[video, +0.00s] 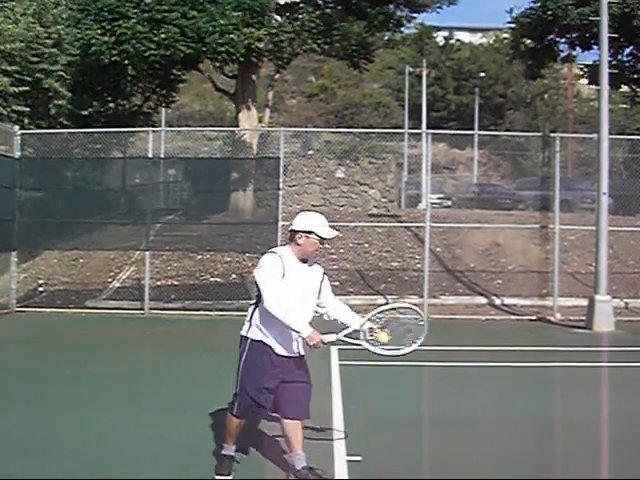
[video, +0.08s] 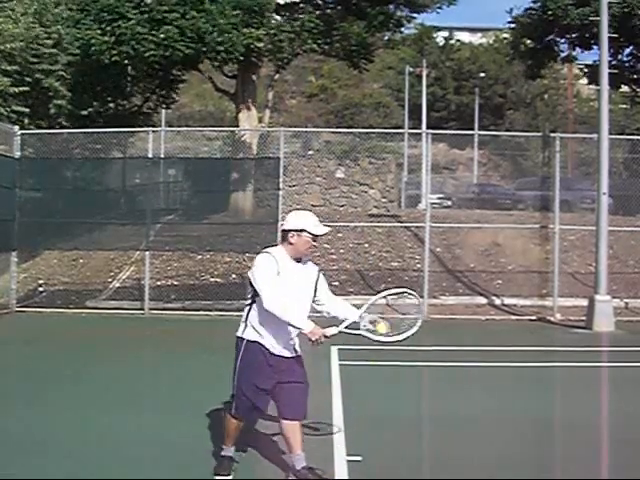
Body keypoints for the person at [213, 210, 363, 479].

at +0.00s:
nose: (321, 245)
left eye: (322, 240)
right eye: (318, 239)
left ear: (306, 240)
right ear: (299, 237)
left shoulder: (316, 273)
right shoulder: (272, 260)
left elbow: (329, 306)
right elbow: (271, 301)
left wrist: (363, 325)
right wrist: (305, 330)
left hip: (292, 348)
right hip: (261, 343)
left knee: (293, 407)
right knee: (245, 403)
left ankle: (299, 466)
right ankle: (227, 453)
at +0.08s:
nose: (315, 243)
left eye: (316, 238)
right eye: (311, 238)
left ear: (301, 239)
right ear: (292, 236)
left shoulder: (311, 272)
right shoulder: (266, 260)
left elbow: (327, 303)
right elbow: (270, 300)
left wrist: (363, 319)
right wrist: (306, 326)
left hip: (288, 347)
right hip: (256, 342)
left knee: (292, 405)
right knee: (243, 404)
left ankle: (299, 465)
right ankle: (227, 454)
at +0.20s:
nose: (304, 241)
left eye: (304, 236)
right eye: (299, 236)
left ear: (288, 237)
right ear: (279, 236)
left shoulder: (301, 270)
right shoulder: (255, 261)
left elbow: (320, 301)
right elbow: (262, 301)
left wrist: (356, 318)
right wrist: (299, 325)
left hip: (281, 348)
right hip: (248, 343)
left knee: (288, 405)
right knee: (237, 405)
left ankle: (299, 465)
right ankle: (225, 457)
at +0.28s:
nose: (297, 240)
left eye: (298, 235)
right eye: (292, 234)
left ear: (282, 237)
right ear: (272, 235)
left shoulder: (295, 271)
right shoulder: (248, 260)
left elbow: (315, 303)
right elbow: (253, 302)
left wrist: (344, 324)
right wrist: (287, 328)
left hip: (275, 349)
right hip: (242, 343)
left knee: (285, 406)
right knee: (234, 404)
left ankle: (299, 466)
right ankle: (225, 457)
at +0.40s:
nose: (289, 238)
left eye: (291, 232)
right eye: (283, 231)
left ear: (291, 236)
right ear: (264, 232)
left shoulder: (291, 272)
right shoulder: (240, 258)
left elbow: (304, 311)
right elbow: (235, 301)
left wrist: (323, 346)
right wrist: (255, 335)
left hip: (272, 348)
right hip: (236, 343)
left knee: (285, 404)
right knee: (231, 403)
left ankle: (299, 465)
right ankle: (224, 458)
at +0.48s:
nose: (286, 236)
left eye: (289, 231)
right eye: (280, 229)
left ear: (292, 236)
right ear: (262, 231)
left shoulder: (291, 274)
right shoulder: (238, 257)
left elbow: (299, 316)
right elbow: (223, 296)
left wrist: (309, 354)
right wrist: (225, 334)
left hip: (272, 349)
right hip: (236, 345)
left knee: (290, 403)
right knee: (229, 404)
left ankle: (299, 463)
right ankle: (224, 459)